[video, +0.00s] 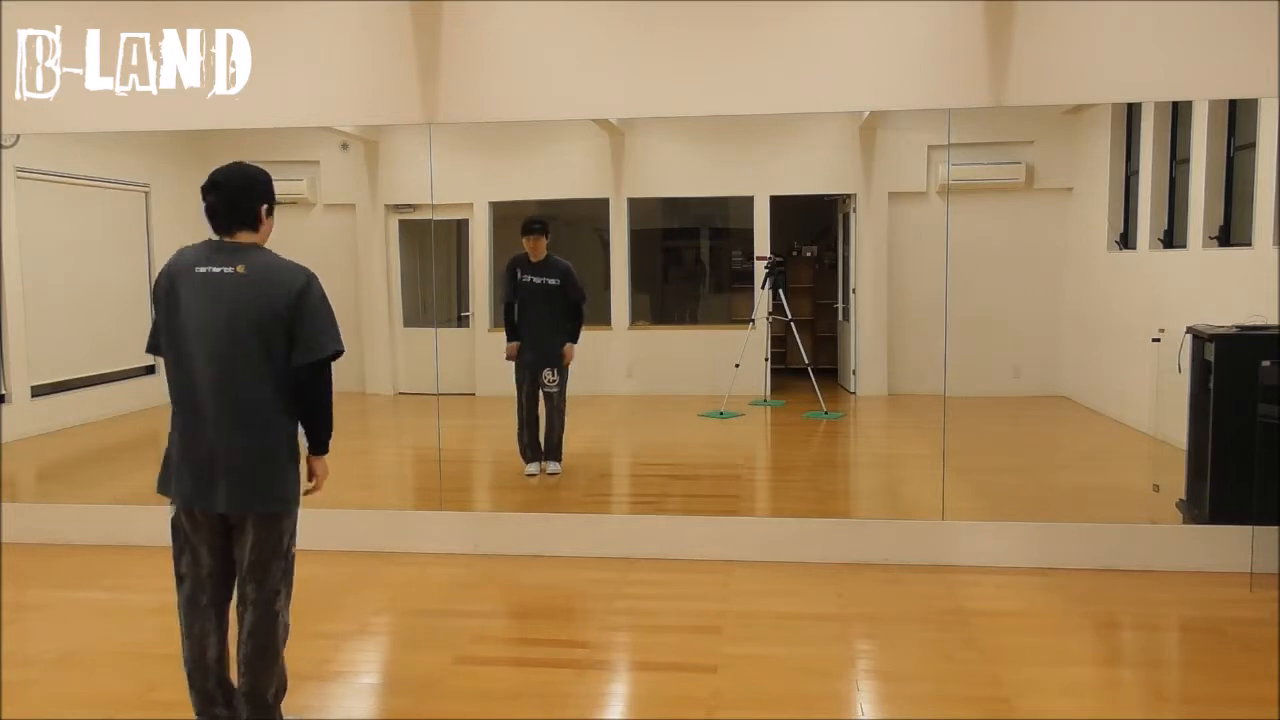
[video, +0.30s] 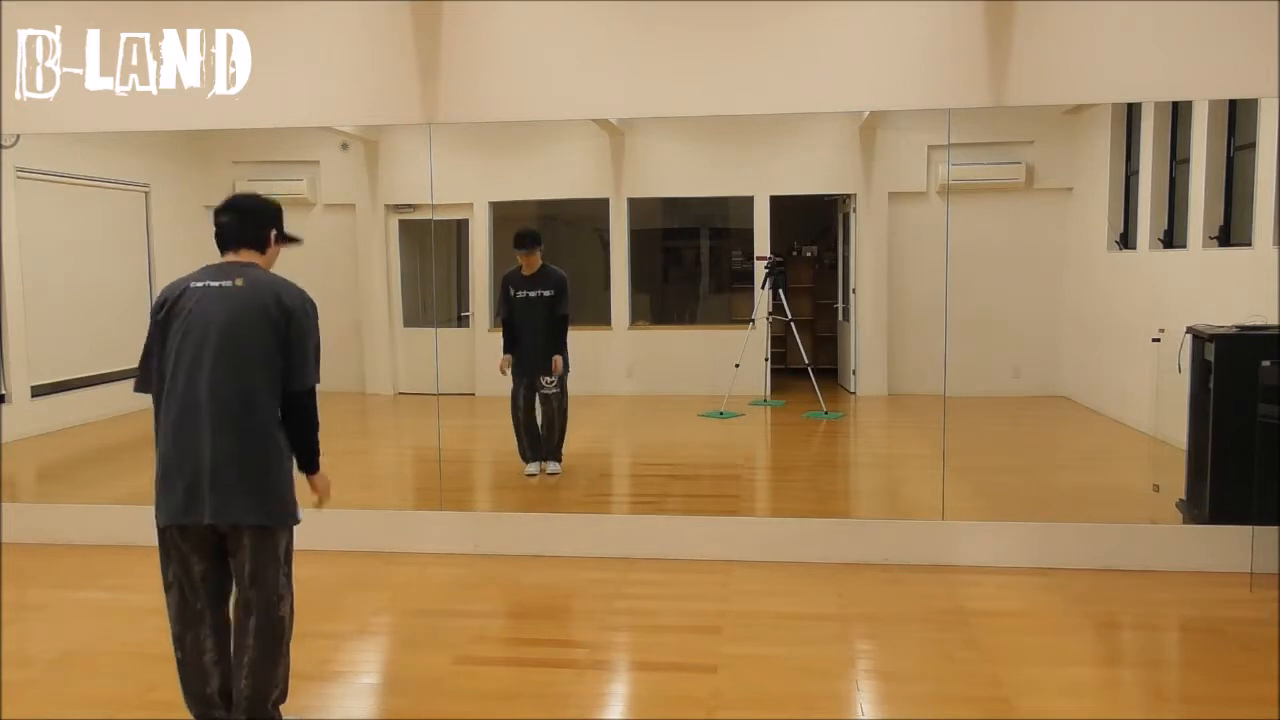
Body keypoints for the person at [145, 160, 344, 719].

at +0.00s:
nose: (273, 217)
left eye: (271, 209)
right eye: (273, 210)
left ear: (210, 214)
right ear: (265, 215)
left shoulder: (177, 271)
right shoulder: (295, 282)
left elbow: (170, 360)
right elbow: (313, 381)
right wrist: (318, 450)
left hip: (193, 467)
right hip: (267, 468)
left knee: (199, 598)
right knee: (265, 598)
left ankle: (213, 710)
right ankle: (260, 709)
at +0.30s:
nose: (281, 250)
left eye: (280, 243)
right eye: (280, 242)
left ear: (219, 241)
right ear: (270, 242)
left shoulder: (174, 296)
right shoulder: (289, 300)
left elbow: (159, 391)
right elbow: (298, 399)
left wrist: (185, 460)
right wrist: (312, 467)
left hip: (180, 487)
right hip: (257, 486)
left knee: (194, 611)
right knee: (263, 605)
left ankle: (210, 711)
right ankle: (257, 710)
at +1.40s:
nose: (337, 304)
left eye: (338, 299)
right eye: (339, 299)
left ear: (289, 279)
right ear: (331, 289)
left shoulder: (231, 302)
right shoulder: (331, 308)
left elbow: (204, 387)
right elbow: (343, 396)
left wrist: (211, 452)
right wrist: (348, 469)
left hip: (212, 462)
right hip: (282, 462)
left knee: (218, 577)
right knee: (294, 578)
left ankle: (216, 688)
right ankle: (293, 692)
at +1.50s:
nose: (335, 318)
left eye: (337, 312)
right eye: (338, 311)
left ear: (289, 293)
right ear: (330, 300)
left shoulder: (239, 323)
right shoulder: (329, 331)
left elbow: (210, 414)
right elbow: (347, 416)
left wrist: (208, 495)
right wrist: (352, 497)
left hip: (228, 466)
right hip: (291, 468)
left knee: (256, 552)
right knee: (307, 587)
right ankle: (297, 692)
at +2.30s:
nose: (337, 291)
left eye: (338, 286)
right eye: (338, 285)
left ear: (289, 264)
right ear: (329, 275)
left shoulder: (237, 284)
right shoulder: (334, 294)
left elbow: (221, 361)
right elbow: (360, 378)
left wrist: (245, 414)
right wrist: (368, 443)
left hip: (233, 448)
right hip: (295, 451)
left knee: (257, 560)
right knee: (304, 571)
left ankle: (258, 649)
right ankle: (283, 688)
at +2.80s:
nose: (343, 288)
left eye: (341, 283)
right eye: (343, 282)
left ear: (289, 275)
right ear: (334, 279)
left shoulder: (244, 305)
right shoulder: (341, 310)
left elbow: (203, 379)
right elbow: (359, 377)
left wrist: (245, 381)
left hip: (246, 470)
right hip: (311, 468)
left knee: (248, 577)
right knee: (346, 557)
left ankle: (248, 676)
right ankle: (308, 625)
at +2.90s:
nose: (348, 268)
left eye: (346, 263)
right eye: (348, 262)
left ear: (293, 257)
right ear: (342, 261)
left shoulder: (250, 296)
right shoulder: (350, 292)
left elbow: (179, 346)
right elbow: (400, 330)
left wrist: (234, 335)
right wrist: (444, 341)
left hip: (261, 468)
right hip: (329, 467)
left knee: (254, 577)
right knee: (382, 563)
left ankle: (248, 676)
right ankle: (372, 661)